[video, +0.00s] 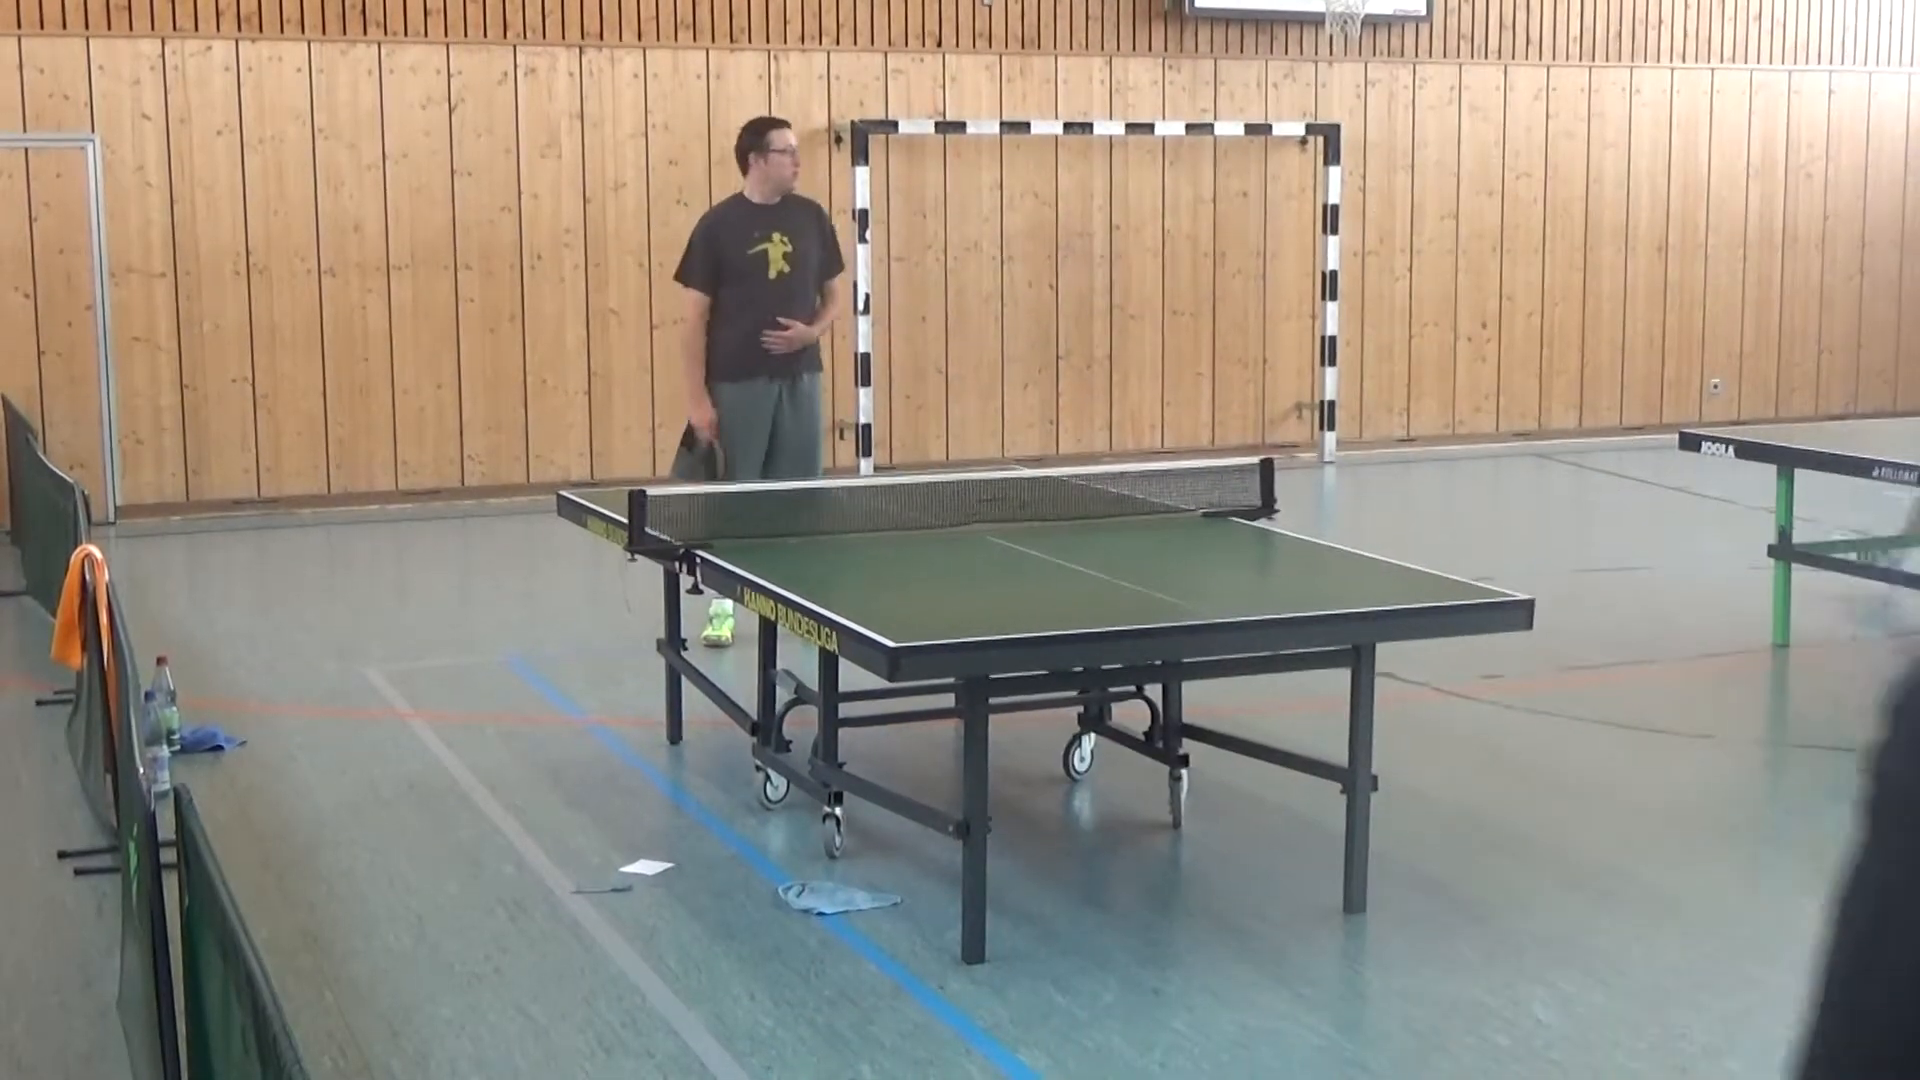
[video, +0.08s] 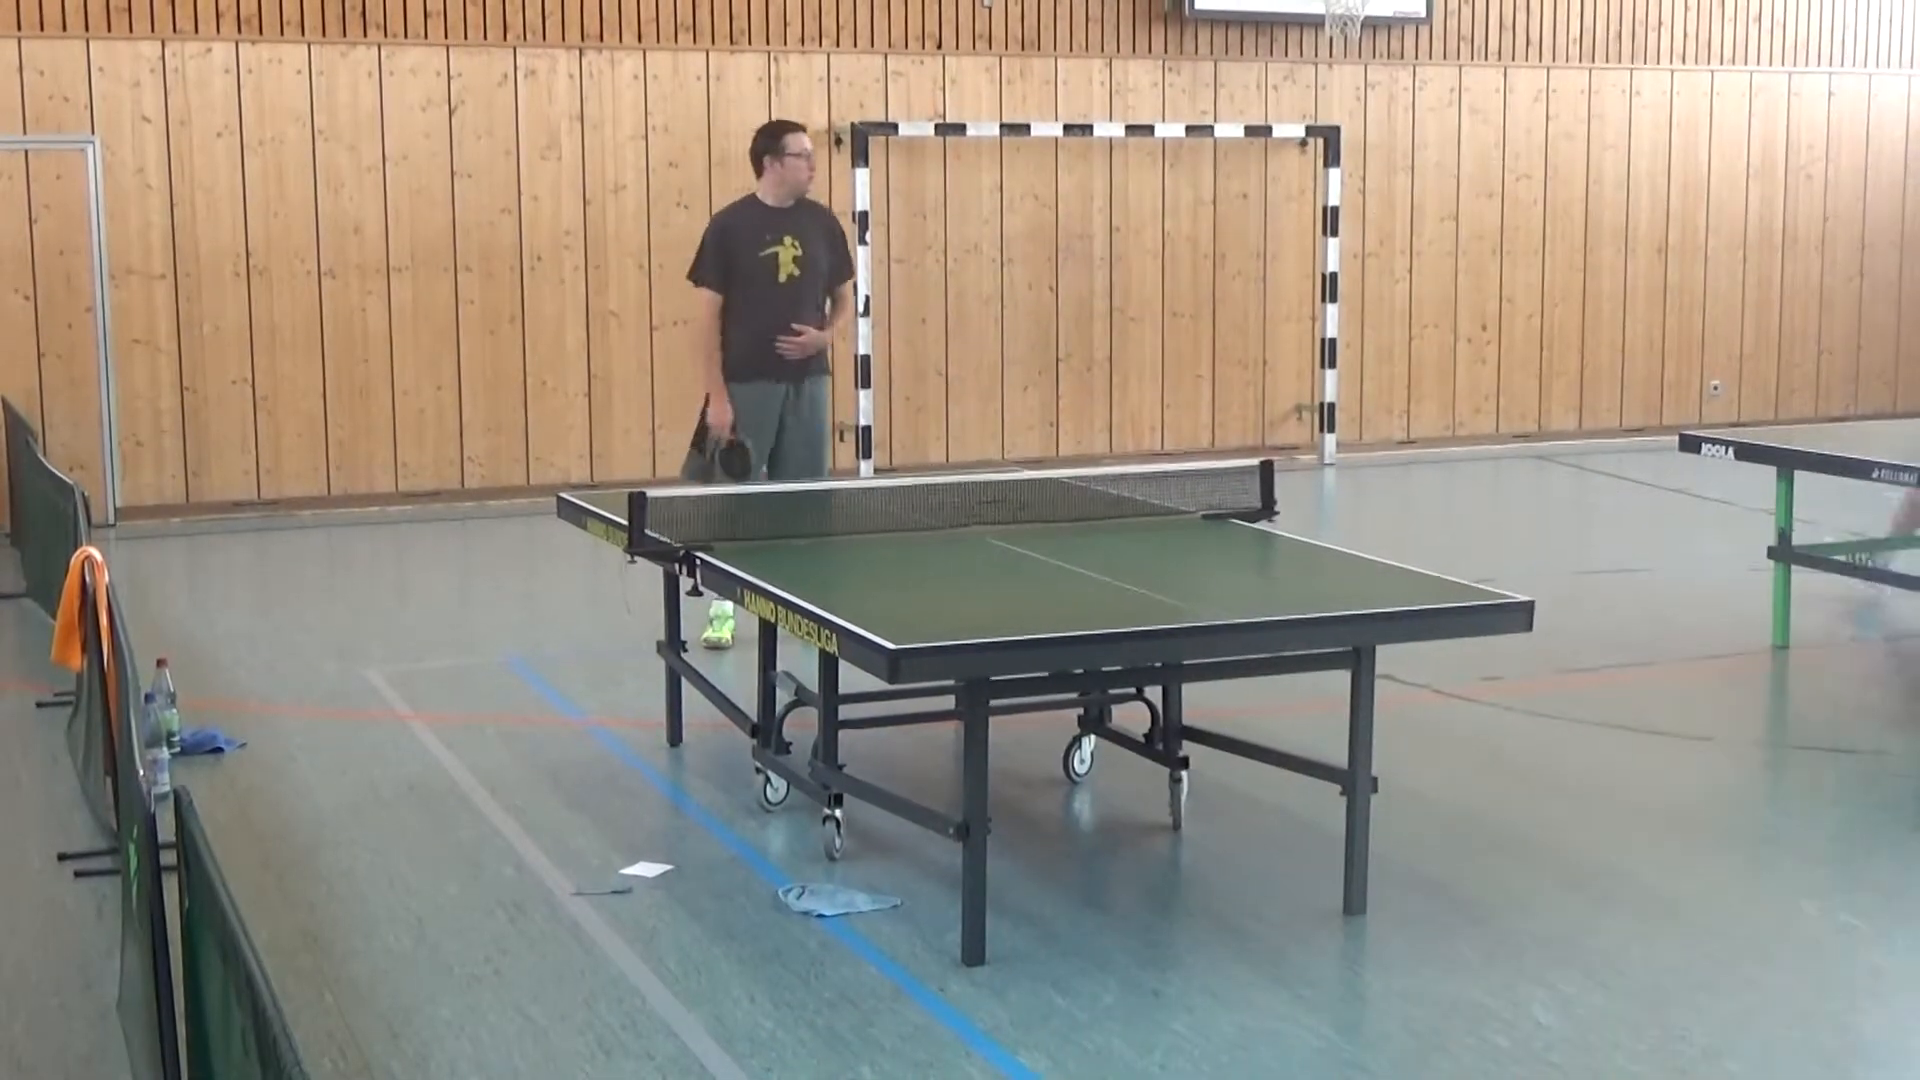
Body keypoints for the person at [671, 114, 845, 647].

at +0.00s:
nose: (796, 161)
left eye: (796, 152)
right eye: (785, 152)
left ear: (790, 159)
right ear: (753, 160)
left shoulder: (812, 217)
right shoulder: (717, 225)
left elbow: (836, 292)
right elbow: (693, 319)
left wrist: (814, 330)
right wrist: (697, 398)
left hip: (801, 382)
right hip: (738, 385)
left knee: (798, 499)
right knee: (731, 501)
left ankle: (795, 603)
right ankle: (722, 603)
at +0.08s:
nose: (812, 164)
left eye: (812, 155)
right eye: (802, 156)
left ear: (804, 163)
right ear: (770, 163)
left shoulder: (824, 222)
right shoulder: (729, 225)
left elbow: (845, 298)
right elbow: (707, 315)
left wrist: (826, 336)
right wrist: (716, 394)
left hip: (808, 386)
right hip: (747, 386)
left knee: (804, 501)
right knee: (732, 498)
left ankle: (803, 604)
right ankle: (723, 603)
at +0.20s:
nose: (828, 168)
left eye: (828, 159)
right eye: (818, 160)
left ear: (818, 167)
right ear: (785, 168)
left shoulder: (836, 227)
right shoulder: (743, 227)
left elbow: (862, 304)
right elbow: (718, 319)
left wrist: (843, 341)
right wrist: (732, 393)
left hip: (818, 389)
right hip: (758, 388)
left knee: (811, 505)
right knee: (734, 501)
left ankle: (808, 606)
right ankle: (722, 602)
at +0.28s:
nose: (835, 169)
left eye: (834, 160)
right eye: (825, 160)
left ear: (822, 167)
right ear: (792, 167)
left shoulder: (841, 226)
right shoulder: (750, 227)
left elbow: (872, 295)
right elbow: (725, 319)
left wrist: (861, 339)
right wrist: (741, 393)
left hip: (824, 389)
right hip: (759, 389)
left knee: (817, 504)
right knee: (731, 499)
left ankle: (811, 607)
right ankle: (720, 603)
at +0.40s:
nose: (840, 167)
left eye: (840, 158)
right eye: (831, 158)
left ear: (824, 166)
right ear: (797, 164)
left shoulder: (847, 224)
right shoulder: (755, 225)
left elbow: (892, 283)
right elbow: (733, 316)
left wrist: (880, 328)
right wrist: (756, 391)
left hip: (832, 391)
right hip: (766, 391)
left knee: (833, 508)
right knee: (742, 502)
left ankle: (829, 611)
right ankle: (724, 605)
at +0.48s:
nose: (842, 166)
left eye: (842, 158)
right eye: (832, 157)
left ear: (832, 166)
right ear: (800, 163)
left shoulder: (850, 224)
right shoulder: (757, 225)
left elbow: (903, 271)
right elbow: (734, 316)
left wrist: (880, 317)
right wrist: (762, 389)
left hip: (835, 389)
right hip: (769, 390)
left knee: (838, 507)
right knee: (753, 503)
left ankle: (835, 611)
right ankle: (729, 605)